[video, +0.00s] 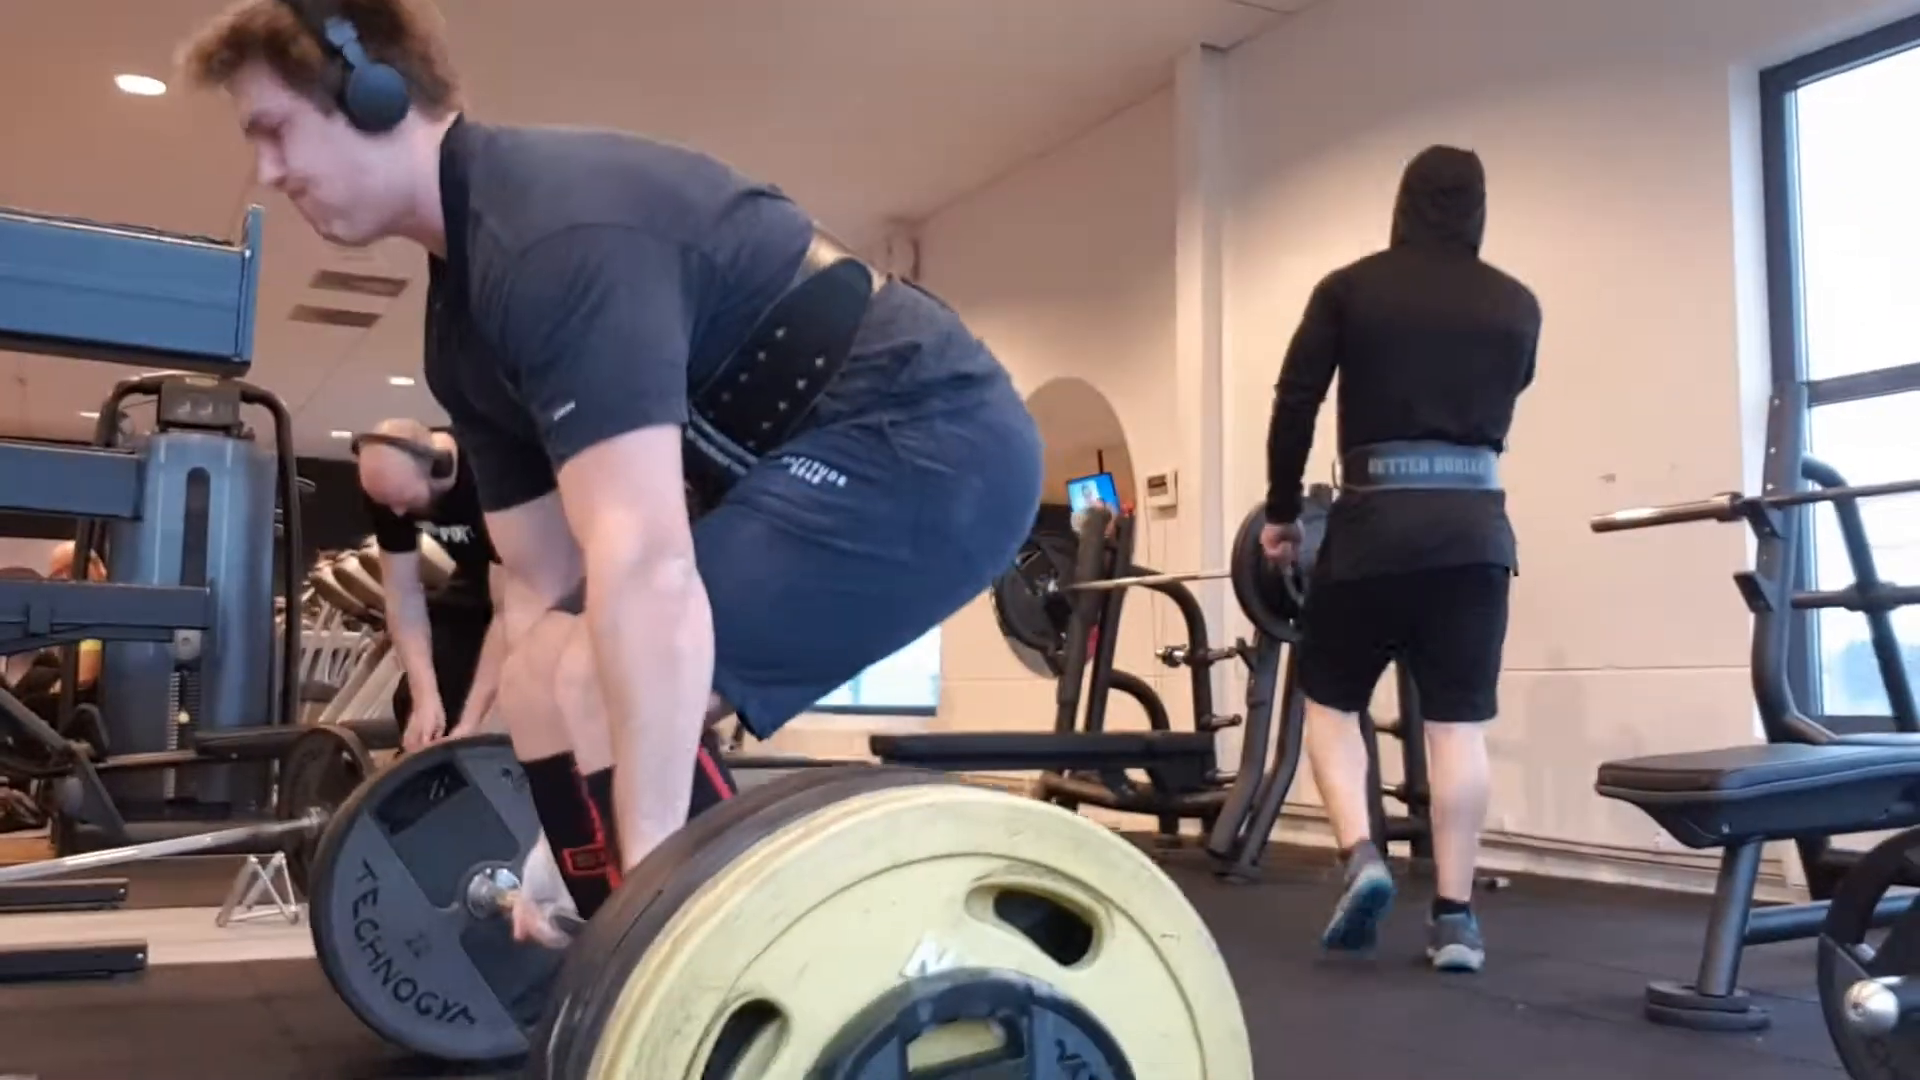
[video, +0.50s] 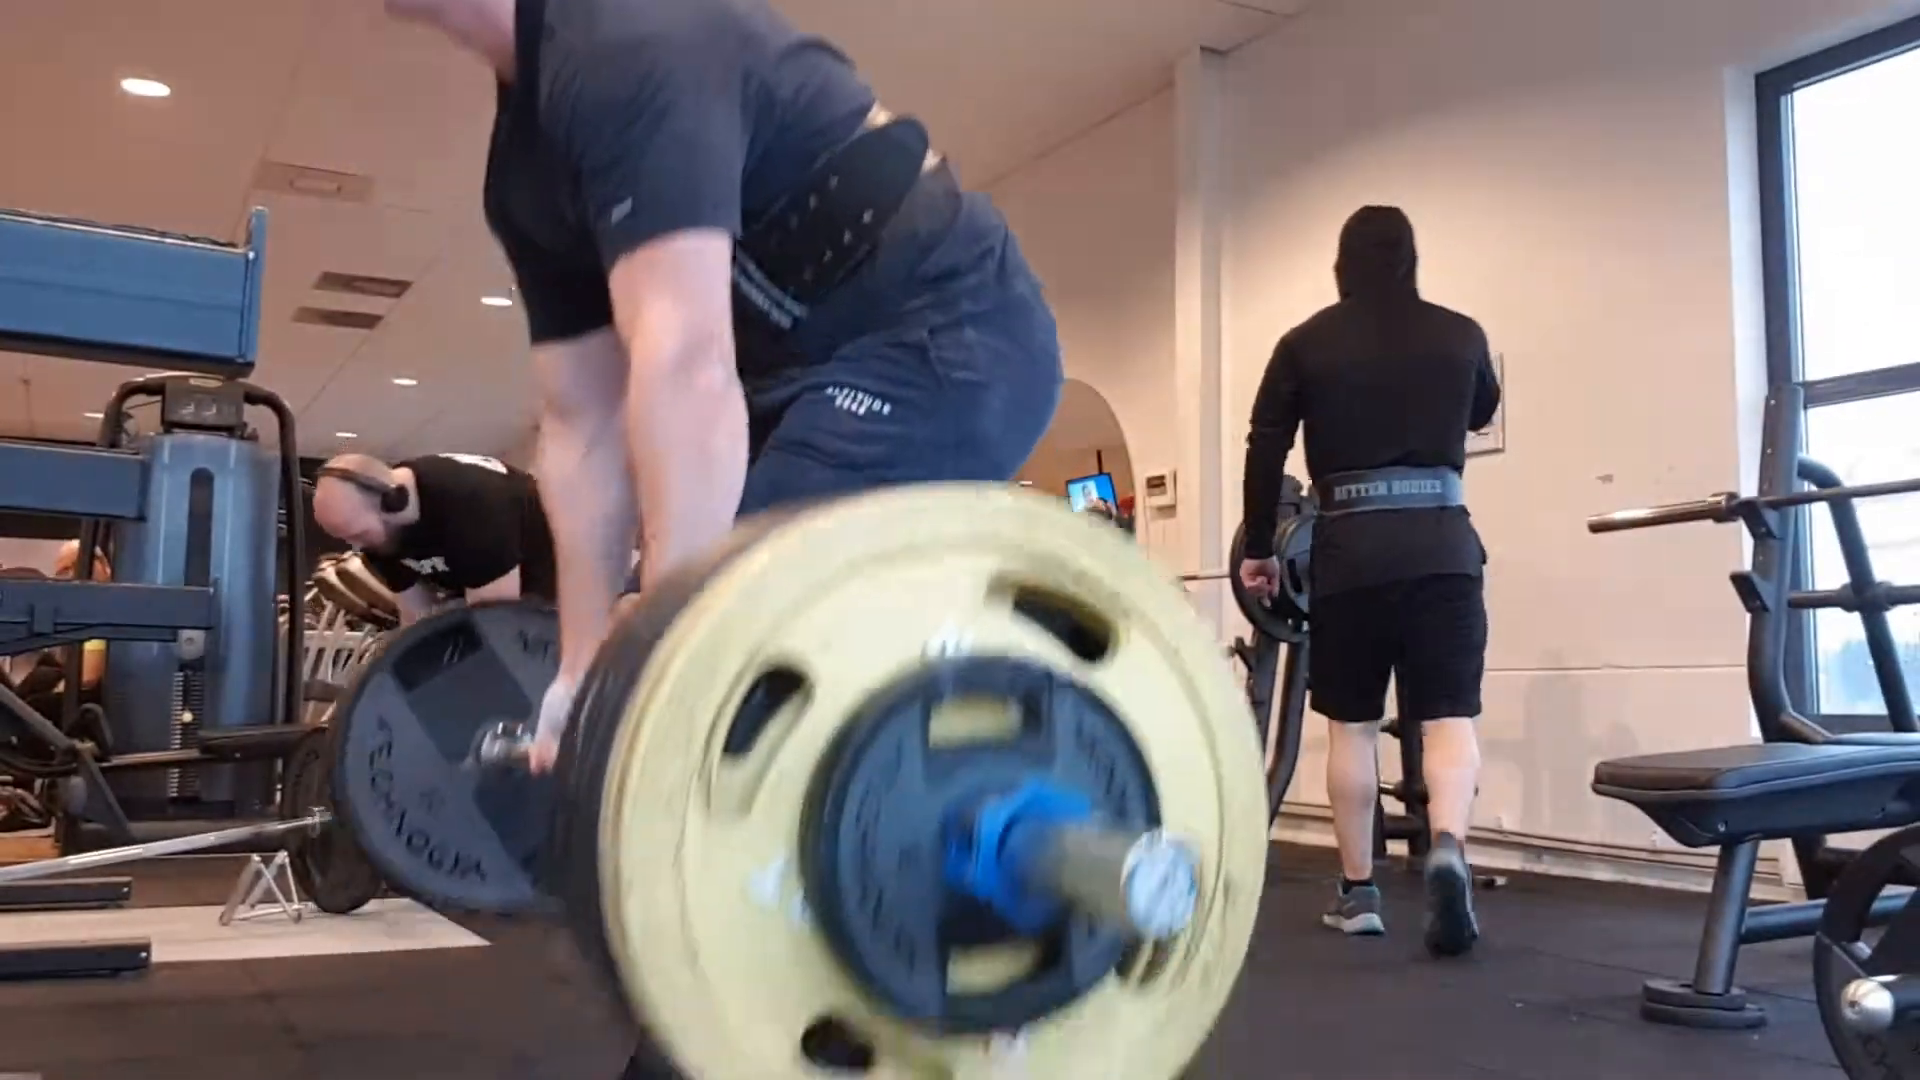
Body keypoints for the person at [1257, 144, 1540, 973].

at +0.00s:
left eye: (1423, 196)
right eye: (1464, 204)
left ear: (1402, 208)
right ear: (1479, 216)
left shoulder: (1348, 288)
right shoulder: (1516, 303)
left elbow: (1295, 404)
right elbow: (1502, 400)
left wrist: (1282, 511)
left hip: (1373, 530)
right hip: (1474, 531)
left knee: (1331, 698)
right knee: (1458, 724)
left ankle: (1362, 857)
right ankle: (1455, 917)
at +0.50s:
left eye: (1343, 257)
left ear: (1339, 266)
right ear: (1413, 264)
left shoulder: (1305, 343)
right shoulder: (1460, 334)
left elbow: (1265, 448)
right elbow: (1480, 410)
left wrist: (1256, 543)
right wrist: (1418, 389)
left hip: (1349, 554)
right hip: (1442, 548)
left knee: (1351, 724)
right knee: (1448, 714)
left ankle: (1359, 894)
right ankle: (1447, 849)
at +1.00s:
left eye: (1339, 292)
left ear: (1340, 300)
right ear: (1406, 297)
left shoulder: (1320, 361)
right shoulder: (1454, 362)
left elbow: (1296, 447)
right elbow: (1483, 442)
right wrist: (1427, 408)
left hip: (1348, 567)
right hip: (1436, 568)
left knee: (1351, 725)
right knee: (1446, 730)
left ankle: (1359, 886)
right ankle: (1461, 879)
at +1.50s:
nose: (1374, 325)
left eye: (1376, 316)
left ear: (1381, 318)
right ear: (1442, 319)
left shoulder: (1356, 380)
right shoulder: (1484, 391)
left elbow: (1313, 474)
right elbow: (1492, 485)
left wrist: (1295, 544)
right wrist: (1426, 498)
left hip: (1380, 568)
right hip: (1458, 571)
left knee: (1359, 713)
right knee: (1454, 721)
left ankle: (1374, 862)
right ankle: (1459, 875)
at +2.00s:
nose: (1314, 353)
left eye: (1313, 343)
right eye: (1314, 343)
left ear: (1321, 341)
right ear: (1375, 329)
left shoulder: (1321, 401)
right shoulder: (1436, 388)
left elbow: (1301, 495)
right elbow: (1450, 489)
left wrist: (1292, 559)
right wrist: (1392, 538)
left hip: (1381, 579)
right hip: (1454, 572)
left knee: (1374, 724)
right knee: (1451, 712)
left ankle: (1380, 868)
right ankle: (1476, 850)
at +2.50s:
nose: (1373, 347)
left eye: (1373, 337)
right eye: (1374, 337)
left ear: (1382, 335)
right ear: (1436, 329)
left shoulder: (1384, 394)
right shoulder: (1484, 398)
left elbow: (1338, 485)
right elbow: (1484, 494)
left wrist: (1304, 539)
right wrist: (1407, 536)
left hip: (1428, 574)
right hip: (1490, 571)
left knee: (1395, 718)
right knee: (1477, 717)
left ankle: (1381, 864)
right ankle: (1489, 865)